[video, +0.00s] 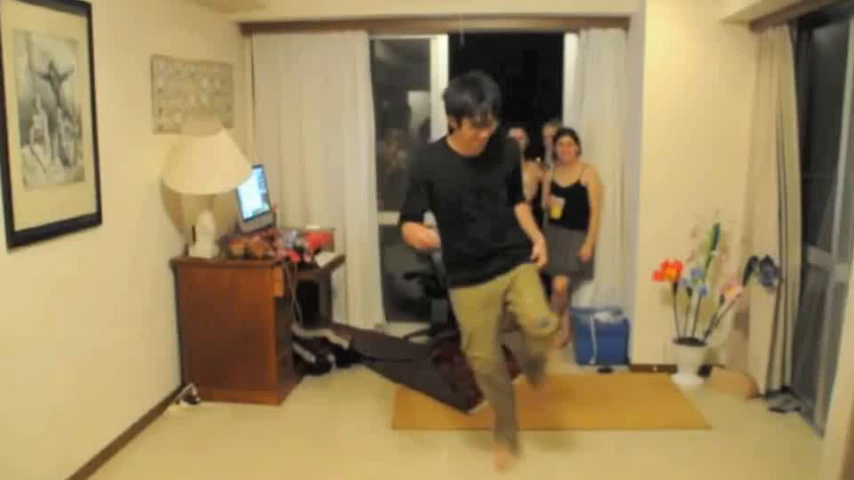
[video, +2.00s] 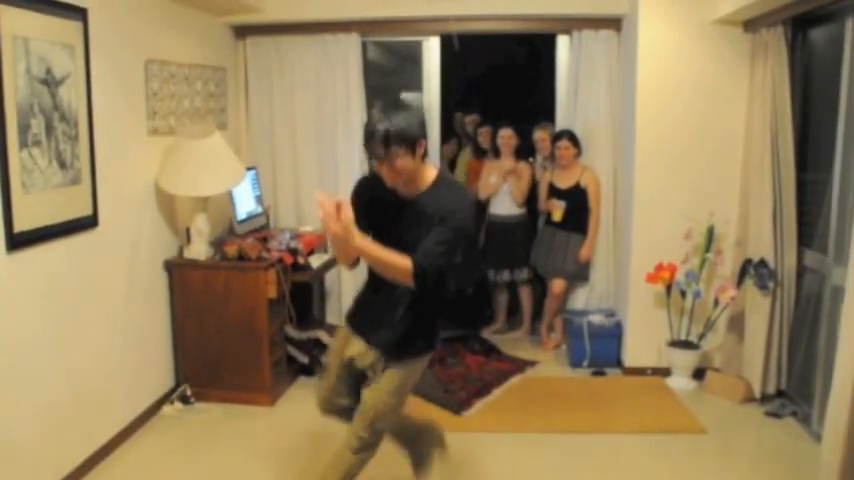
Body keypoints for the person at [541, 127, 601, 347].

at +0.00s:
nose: (566, 149)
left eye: (570, 144)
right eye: (561, 144)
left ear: (578, 148)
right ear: (555, 149)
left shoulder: (588, 173)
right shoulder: (551, 174)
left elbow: (595, 209)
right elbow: (544, 203)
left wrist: (589, 242)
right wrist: (550, 202)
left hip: (577, 232)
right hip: (554, 230)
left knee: (561, 284)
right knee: (560, 287)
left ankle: (556, 324)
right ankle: (565, 328)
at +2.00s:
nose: (562, 153)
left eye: (567, 148)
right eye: (558, 148)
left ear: (576, 150)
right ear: (554, 152)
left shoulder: (587, 176)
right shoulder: (548, 176)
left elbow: (594, 211)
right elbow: (540, 205)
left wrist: (589, 243)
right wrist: (549, 205)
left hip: (574, 235)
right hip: (552, 232)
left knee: (558, 286)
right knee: (554, 288)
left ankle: (545, 326)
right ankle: (559, 331)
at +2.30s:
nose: (561, 154)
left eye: (566, 149)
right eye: (558, 149)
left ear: (576, 151)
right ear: (552, 152)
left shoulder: (586, 175)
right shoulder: (547, 176)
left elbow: (597, 208)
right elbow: (540, 204)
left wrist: (576, 220)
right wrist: (548, 206)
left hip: (573, 233)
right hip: (550, 231)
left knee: (557, 287)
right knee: (552, 287)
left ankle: (544, 326)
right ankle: (557, 330)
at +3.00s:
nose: (567, 185)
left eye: (570, 180)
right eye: (563, 181)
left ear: (576, 175)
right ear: (553, 176)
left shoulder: (583, 187)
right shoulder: (541, 182)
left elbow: (587, 219)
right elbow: (529, 211)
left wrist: (575, 242)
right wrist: (544, 228)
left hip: (568, 234)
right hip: (542, 231)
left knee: (550, 283)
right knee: (543, 284)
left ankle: (549, 333)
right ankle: (551, 329)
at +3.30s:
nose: (565, 213)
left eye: (569, 210)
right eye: (562, 209)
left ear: (576, 204)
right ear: (555, 198)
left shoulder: (580, 208)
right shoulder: (542, 194)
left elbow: (582, 238)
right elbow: (526, 220)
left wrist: (583, 273)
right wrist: (540, 244)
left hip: (565, 240)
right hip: (538, 237)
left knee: (548, 284)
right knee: (540, 286)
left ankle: (551, 333)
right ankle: (550, 328)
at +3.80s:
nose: (568, 211)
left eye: (570, 207)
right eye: (564, 207)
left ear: (574, 202)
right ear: (553, 201)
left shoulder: (578, 208)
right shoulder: (538, 199)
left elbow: (581, 238)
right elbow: (528, 227)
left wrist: (582, 269)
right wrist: (539, 246)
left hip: (564, 240)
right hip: (540, 239)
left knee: (548, 282)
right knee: (540, 283)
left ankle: (550, 330)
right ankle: (550, 327)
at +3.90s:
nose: (563, 194)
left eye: (567, 188)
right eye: (559, 188)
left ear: (573, 186)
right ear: (550, 187)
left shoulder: (579, 197)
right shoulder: (539, 194)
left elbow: (582, 222)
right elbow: (532, 223)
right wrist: (538, 236)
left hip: (563, 235)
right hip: (541, 233)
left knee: (548, 279)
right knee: (539, 281)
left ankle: (550, 329)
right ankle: (550, 325)